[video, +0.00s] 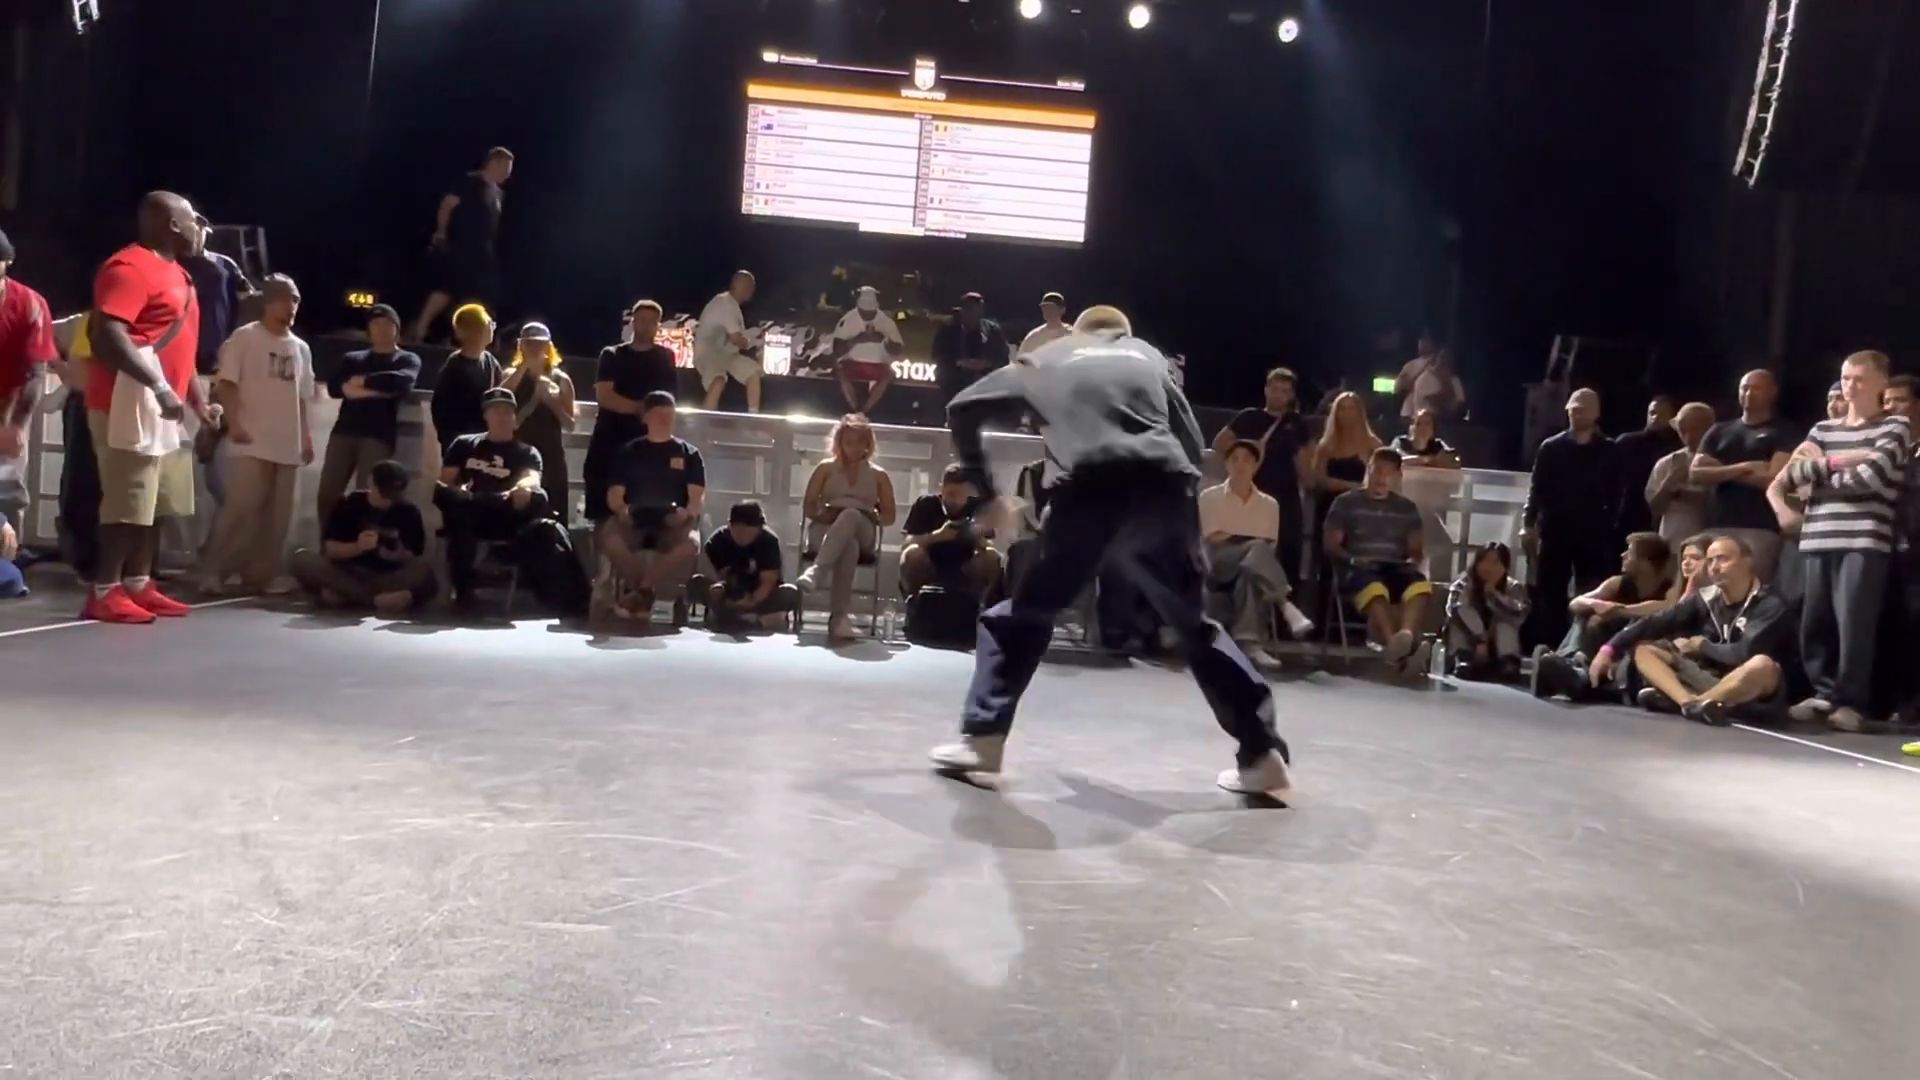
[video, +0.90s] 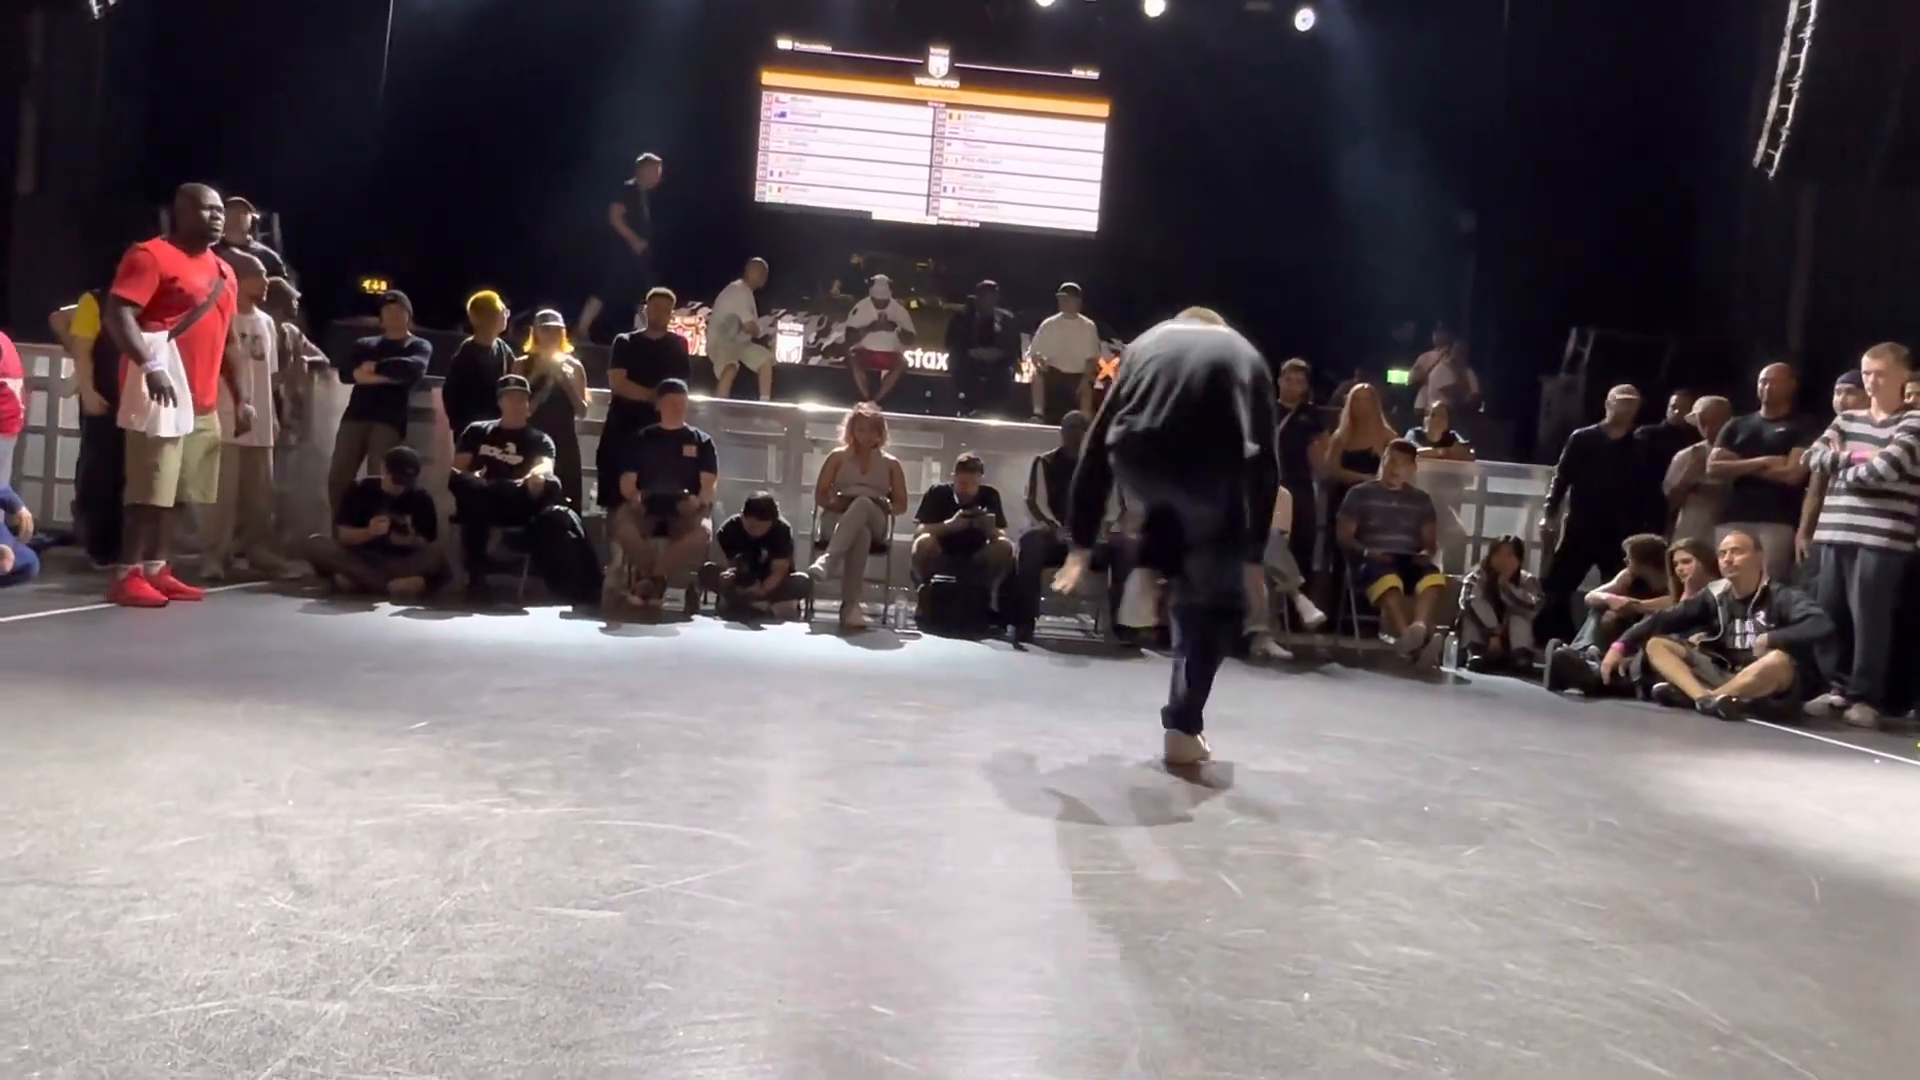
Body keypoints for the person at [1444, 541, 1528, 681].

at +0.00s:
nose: (1488, 567)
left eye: (1495, 563)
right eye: (1483, 561)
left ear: (1505, 569)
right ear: (1476, 564)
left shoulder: (1514, 587)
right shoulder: (1463, 584)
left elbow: (1519, 613)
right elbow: (1457, 609)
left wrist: (1492, 593)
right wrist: (1479, 638)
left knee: (1504, 624)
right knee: (1459, 620)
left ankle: (1509, 660)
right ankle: (1461, 659)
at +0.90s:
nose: (1502, 560)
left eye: (1508, 555)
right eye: (1497, 554)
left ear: (1518, 561)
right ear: (1490, 556)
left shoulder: (1527, 580)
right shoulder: (1476, 577)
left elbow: (1533, 606)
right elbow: (1470, 602)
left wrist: (1505, 585)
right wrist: (1493, 631)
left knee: (1518, 616)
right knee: (1471, 612)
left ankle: (1521, 655)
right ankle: (1474, 652)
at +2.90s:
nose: (1512, 555)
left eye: (1519, 551)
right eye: (1506, 549)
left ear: (1528, 556)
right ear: (1499, 552)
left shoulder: (1537, 576)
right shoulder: (1485, 573)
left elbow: (1541, 602)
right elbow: (1479, 598)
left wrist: (1514, 581)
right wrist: (1501, 628)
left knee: (1527, 608)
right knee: (1480, 607)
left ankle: (1530, 650)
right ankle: (1483, 646)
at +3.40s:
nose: (1511, 560)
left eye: (1516, 555)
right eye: (1509, 555)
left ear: (1527, 558)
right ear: (1502, 557)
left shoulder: (1536, 578)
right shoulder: (1494, 575)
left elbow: (1539, 605)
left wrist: (1511, 582)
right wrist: (1498, 632)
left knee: (1524, 614)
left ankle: (1529, 655)